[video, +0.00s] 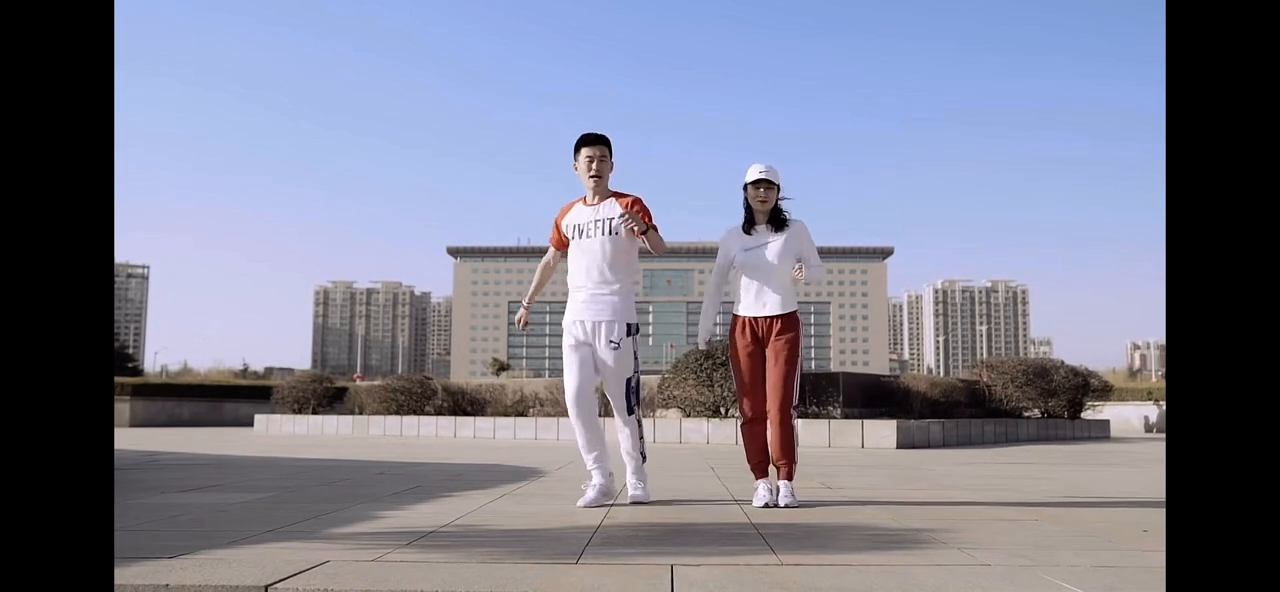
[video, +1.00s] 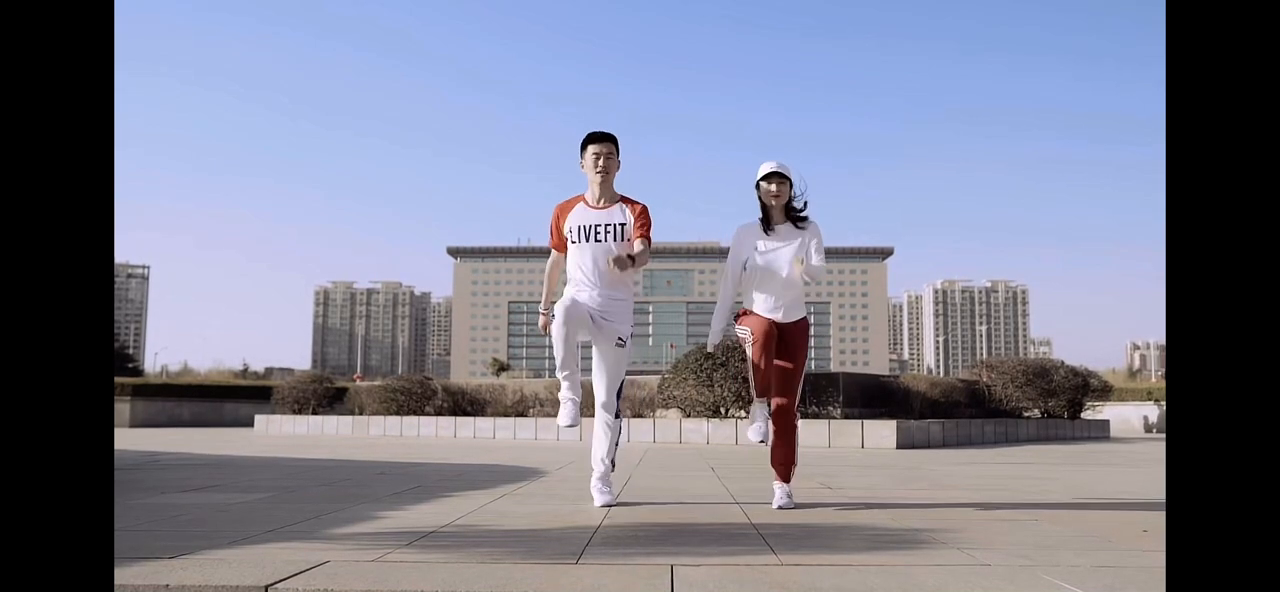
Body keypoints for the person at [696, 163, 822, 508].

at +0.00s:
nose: (762, 192)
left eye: (768, 186)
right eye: (756, 186)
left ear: (777, 192)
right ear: (746, 192)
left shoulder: (795, 230)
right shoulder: (732, 237)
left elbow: (817, 271)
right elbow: (716, 285)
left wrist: (805, 274)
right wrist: (705, 328)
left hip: (783, 325)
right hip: (745, 326)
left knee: (779, 405)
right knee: (751, 407)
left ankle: (784, 482)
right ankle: (762, 482)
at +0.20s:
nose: (761, 194)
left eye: (767, 188)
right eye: (755, 188)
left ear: (776, 193)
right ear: (746, 194)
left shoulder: (795, 232)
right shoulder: (733, 237)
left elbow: (807, 274)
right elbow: (721, 289)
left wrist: (806, 293)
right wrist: (706, 332)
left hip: (785, 323)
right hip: (746, 326)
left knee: (771, 389)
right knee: (752, 404)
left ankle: (782, 452)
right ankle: (762, 480)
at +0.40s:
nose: (766, 184)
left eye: (773, 179)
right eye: (761, 178)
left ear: (782, 185)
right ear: (752, 184)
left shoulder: (796, 227)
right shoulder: (734, 228)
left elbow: (806, 273)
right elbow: (728, 272)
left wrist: (808, 311)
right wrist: (742, 306)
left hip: (785, 307)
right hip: (746, 312)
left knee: (771, 339)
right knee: (753, 400)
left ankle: (777, 417)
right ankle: (760, 478)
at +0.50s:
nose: (771, 185)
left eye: (777, 179)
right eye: (765, 179)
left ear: (786, 185)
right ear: (755, 185)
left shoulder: (795, 225)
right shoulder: (736, 222)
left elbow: (803, 263)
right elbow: (721, 261)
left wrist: (811, 297)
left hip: (785, 311)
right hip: (747, 311)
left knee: (775, 378)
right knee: (750, 398)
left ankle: (779, 459)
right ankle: (758, 471)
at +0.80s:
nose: (773, 180)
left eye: (779, 174)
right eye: (767, 174)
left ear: (788, 180)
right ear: (757, 180)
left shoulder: (803, 220)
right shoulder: (742, 218)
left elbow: (813, 269)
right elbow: (732, 259)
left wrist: (818, 312)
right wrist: (747, 279)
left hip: (788, 309)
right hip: (749, 308)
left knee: (784, 394)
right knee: (748, 393)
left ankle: (784, 476)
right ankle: (756, 445)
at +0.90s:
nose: (774, 190)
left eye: (779, 185)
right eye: (768, 185)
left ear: (789, 191)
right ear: (758, 192)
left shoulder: (806, 232)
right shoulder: (743, 234)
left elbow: (815, 272)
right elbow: (732, 287)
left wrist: (808, 301)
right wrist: (720, 326)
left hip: (793, 316)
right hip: (754, 314)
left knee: (785, 402)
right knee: (759, 339)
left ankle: (783, 484)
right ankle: (755, 403)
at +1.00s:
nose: (775, 187)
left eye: (781, 182)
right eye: (768, 183)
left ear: (790, 188)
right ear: (758, 190)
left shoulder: (807, 229)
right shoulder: (745, 233)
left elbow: (817, 272)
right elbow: (728, 284)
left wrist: (805, 264)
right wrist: (717, 330)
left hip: (794, 320)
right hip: (755, 315)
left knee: (783, 406)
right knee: (763, 329)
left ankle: (782, 483)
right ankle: (760, 407)